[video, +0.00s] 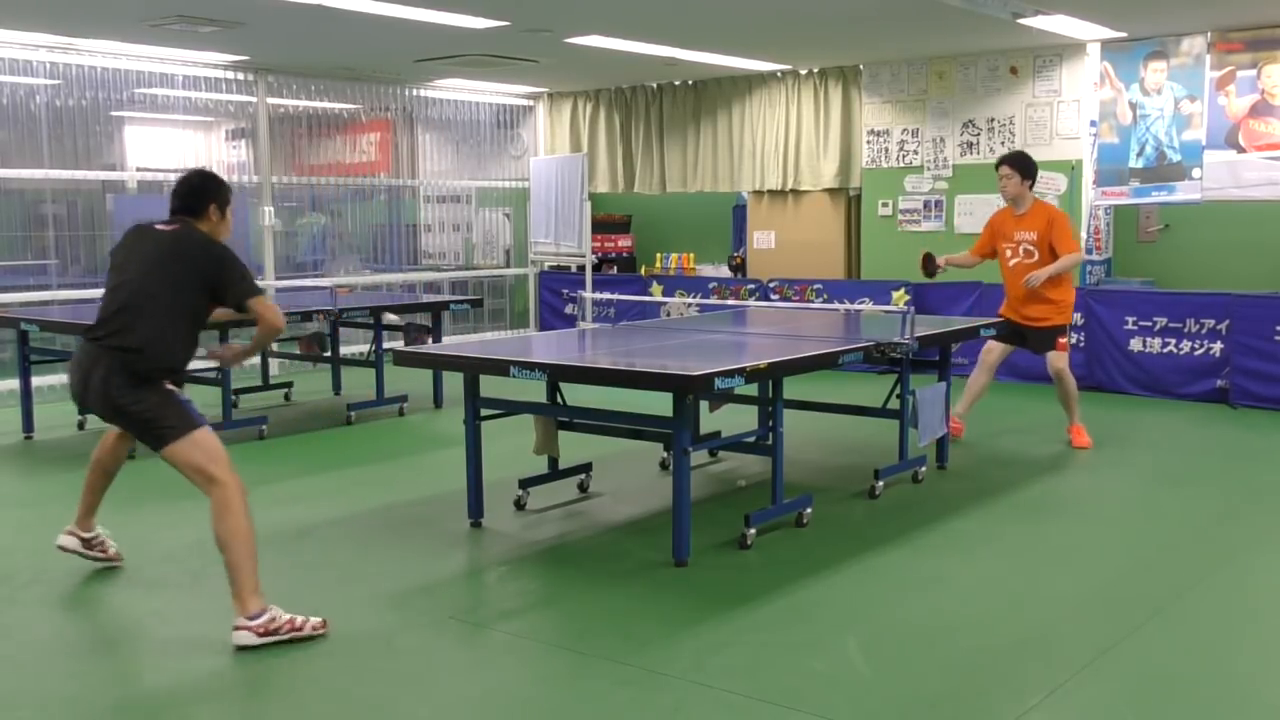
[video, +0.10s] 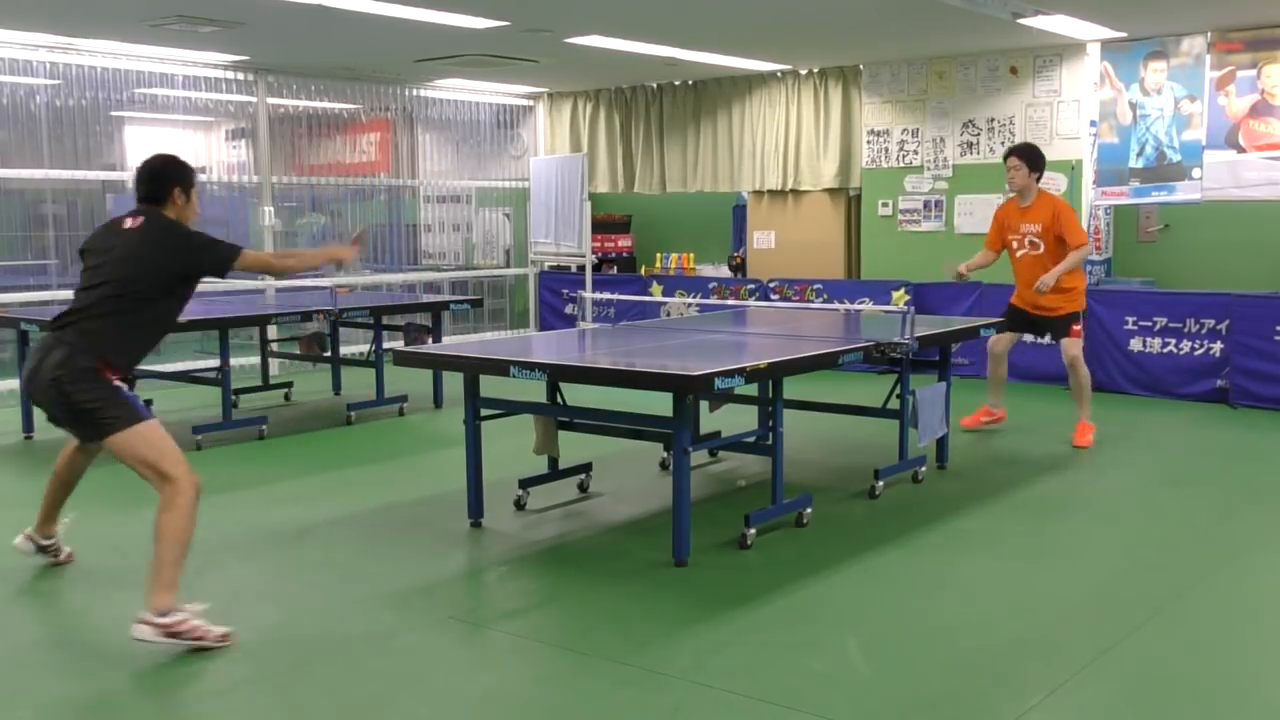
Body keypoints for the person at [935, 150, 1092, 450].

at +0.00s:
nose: (1001, 184)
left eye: (1008, 178)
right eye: (999, 179)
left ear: (1027, 181)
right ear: (999, 182)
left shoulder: (1052, 216)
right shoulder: (999, 220)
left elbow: (1076, 256)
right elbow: (975, 256)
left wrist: (1046, 271)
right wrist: (945, 261)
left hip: (1053, 312)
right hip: (1015, 311)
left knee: (1058, 368)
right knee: (988, 355)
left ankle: (1075, 424)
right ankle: (957, 417)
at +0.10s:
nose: (1009, 175)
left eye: (1016, 169)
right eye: (1007, 170)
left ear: (1034, 173)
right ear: (1006, 174)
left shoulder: (1058, 208)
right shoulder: (1005, 212)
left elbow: (1083, 248)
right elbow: (991, 251)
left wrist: (1055, 273)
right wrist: (969, 266)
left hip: (1065, 299)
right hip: (1025, 298)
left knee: (1073, 357)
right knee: (996, 347)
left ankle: (1085, 421)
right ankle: (994, 409)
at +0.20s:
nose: (1016, 182)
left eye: (1023, 177)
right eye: (1014, 177)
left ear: (1041, 180)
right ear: (1012, 180)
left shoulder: (1066, 213)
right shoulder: (1013, 217)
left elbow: (1091, 253)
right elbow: (1004, 257)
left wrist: (1063, 281)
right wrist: (985, 276)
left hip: (1070, 301)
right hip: (1031, 301)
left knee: (1083, 358)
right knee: (1010, 353)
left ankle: (1115, 417)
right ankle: (1018, 402)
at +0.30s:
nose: (1025, 197)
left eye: (1031, 190)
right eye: (1022, 191)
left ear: (1050, 192)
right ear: (1020, 194)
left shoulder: (1077, 225)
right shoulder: (1020, 231)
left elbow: (1100, 264)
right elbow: (1008, 270)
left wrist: (1076, 292)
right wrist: (1003, 285)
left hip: (1079, 309)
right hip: (1041, 309)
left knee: (1086, 365)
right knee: (1016, 360)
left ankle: (1121, 421)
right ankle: (1022, 410)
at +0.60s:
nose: (1072, 205)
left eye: (1078, 199)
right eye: (1069, 200)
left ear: (1096, 201)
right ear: (1067, 204)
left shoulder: (1124, 229)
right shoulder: (1059, 238)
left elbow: (1156, 253)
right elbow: (1012, 242)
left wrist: (1165, 294)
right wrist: (977, 227)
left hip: (1131, 316)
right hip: (1089, 320)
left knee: (1147, 366)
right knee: (1053, 371)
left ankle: (1184, 425)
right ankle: (1046, 411)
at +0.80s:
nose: (1071, 198)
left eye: (1077, 192)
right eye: (1069, 193)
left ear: (1095, 196)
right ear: (1067, 196)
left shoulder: (1120, 230)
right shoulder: (1059, 231)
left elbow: (1150, 268)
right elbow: (1020, 251)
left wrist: (1149, 307)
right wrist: (991, 242)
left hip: (1119, 315)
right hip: (1079, 314)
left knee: (1137, 369)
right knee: (1041, 362)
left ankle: (1181, 426)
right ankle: (1045, 410)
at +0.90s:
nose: (1060, 183)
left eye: (1066, 178)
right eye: (1057, 178)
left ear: (1085, 180)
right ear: (1055, 181)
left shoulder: (1107, 217)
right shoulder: (1048, 217)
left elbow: (1134, 255)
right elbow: (1018, 248)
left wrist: (1124, 287)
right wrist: (993, 247)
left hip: (1103, 304)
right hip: (1064, 305)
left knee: (1126, 358)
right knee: (1036, 352)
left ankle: (1157, 420)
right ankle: (1044, 408)